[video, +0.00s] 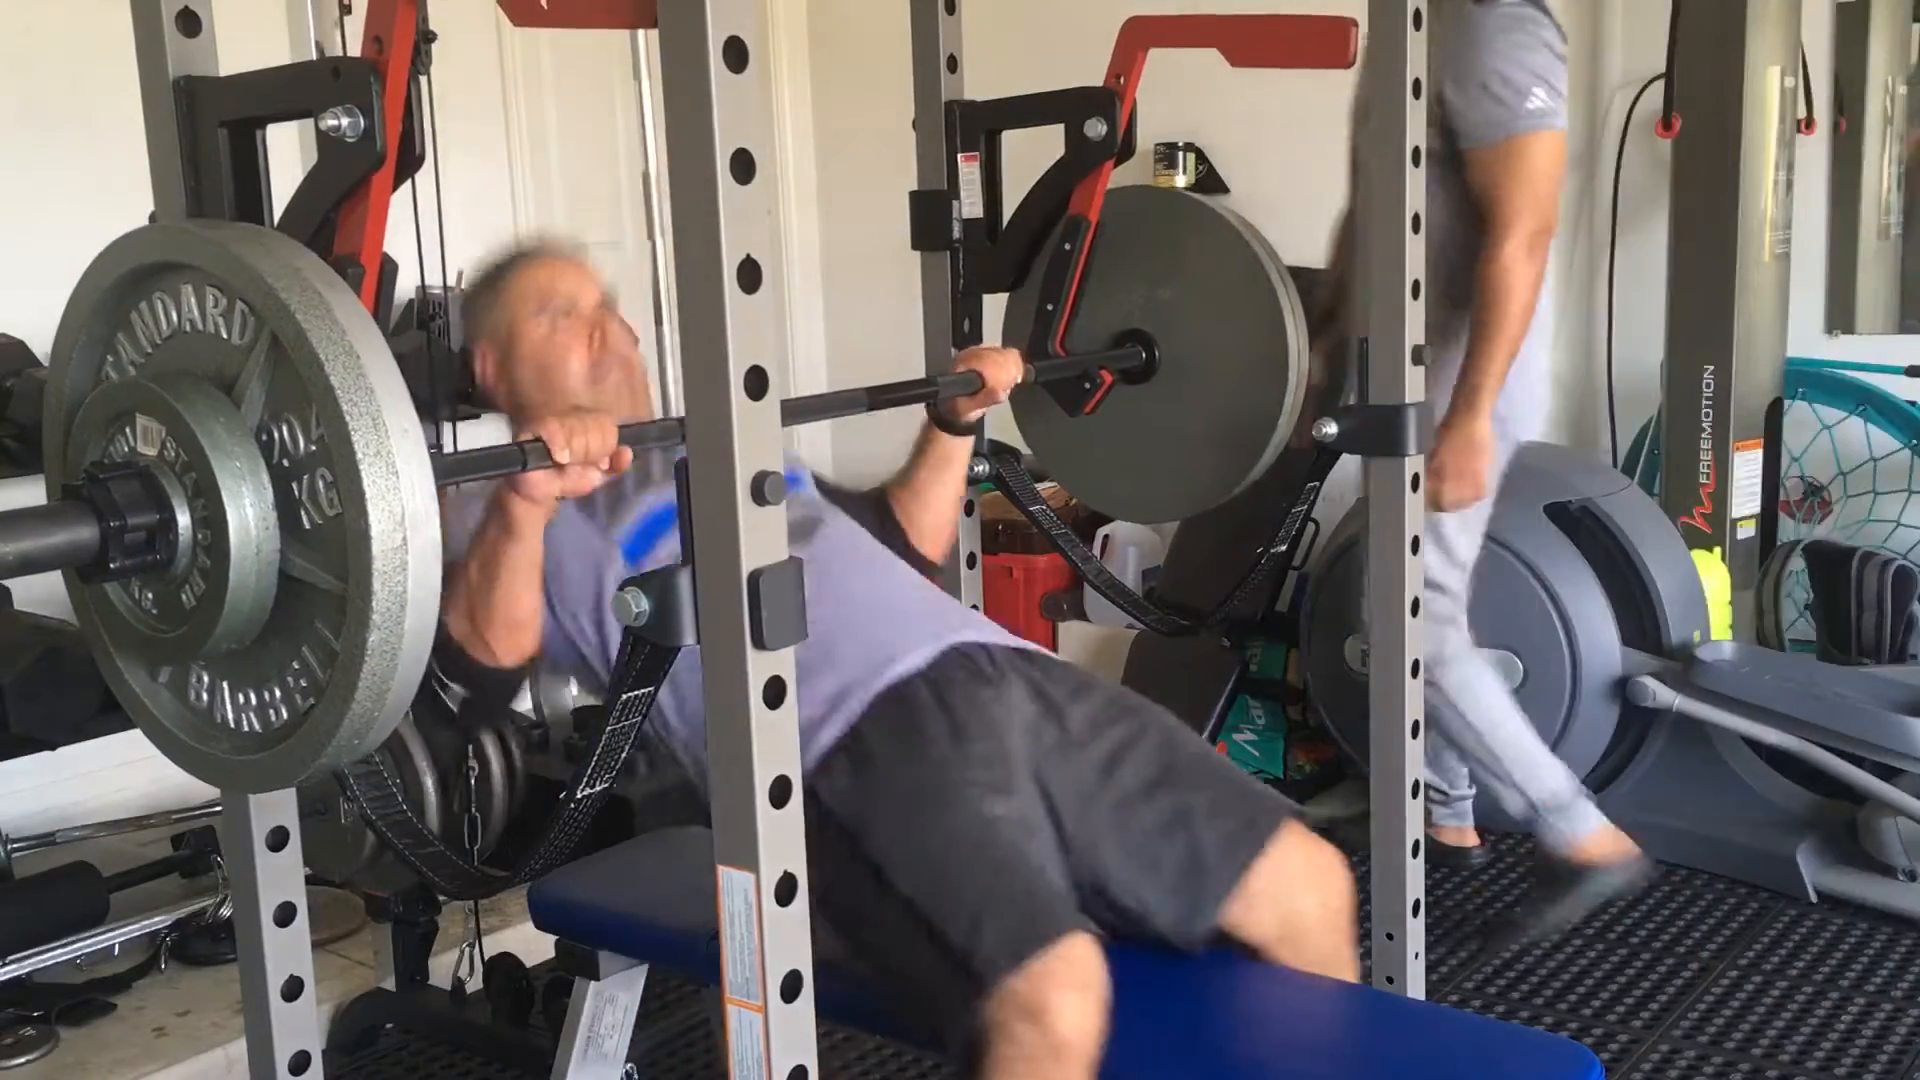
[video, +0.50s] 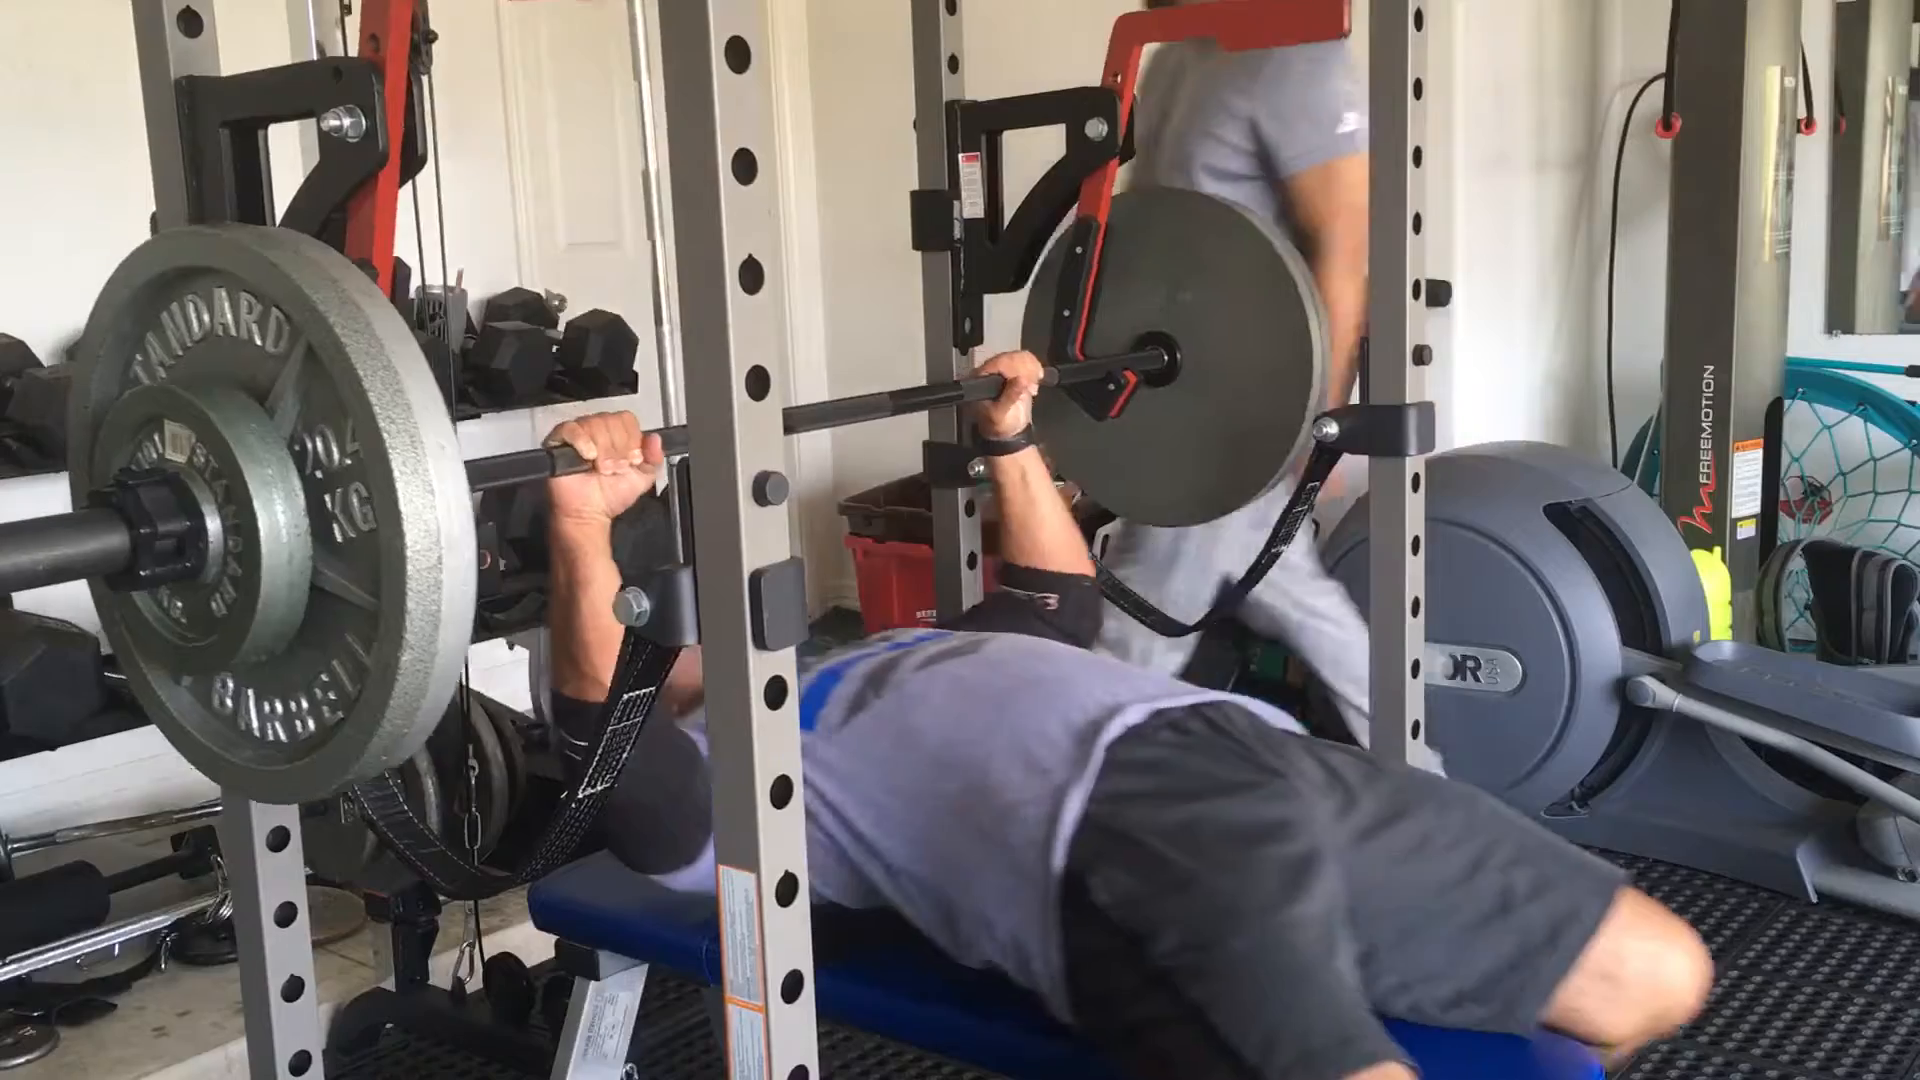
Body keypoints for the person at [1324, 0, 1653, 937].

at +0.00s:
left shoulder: (1491, 26)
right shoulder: (1425, 31)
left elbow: (1522, 232)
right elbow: (1382, 209)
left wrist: (1471, 416)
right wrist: (1330, 338)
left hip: (1467, 380)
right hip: (1425, 375)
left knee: (1419, 623)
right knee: (1406, 612)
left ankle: (1585, 839)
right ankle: (1444, 814)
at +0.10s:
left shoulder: (1468, 24)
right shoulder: (1363, 39)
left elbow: (1510, 215)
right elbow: (1320, 203)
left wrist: (1488, 390)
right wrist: (1260, 326)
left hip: (1414, 383)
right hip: (1357, 377)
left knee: (1324, 593)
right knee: (1411, 597)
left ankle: (1483, 802)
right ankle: (1416, 806)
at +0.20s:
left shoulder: (1442, 22)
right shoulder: (1319, 34)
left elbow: (1493, 202)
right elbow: (1274, 206)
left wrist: (1481, 376)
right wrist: (1202, 325)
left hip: (1374, 383)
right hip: (1321, 380)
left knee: (1274, 590)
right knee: (1389, 591)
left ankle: (1342, 825)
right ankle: (1441, 812)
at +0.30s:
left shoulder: (1398, 27)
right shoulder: (1272, 43)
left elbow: (1457, 211)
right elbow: (1234, 203)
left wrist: (1454, 380)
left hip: (1330, 387)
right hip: (1280, 379)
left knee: (1228, 629)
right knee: (1386, 613)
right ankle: (1443, 820)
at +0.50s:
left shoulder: (1304, 55)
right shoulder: (1170, 59)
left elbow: (1345, 250)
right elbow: (1149, 239)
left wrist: (1317, 419)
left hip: (1248, 397)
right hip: (1187, 389)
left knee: (1137, 613)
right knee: (1290, 589)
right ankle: (1408, 765)